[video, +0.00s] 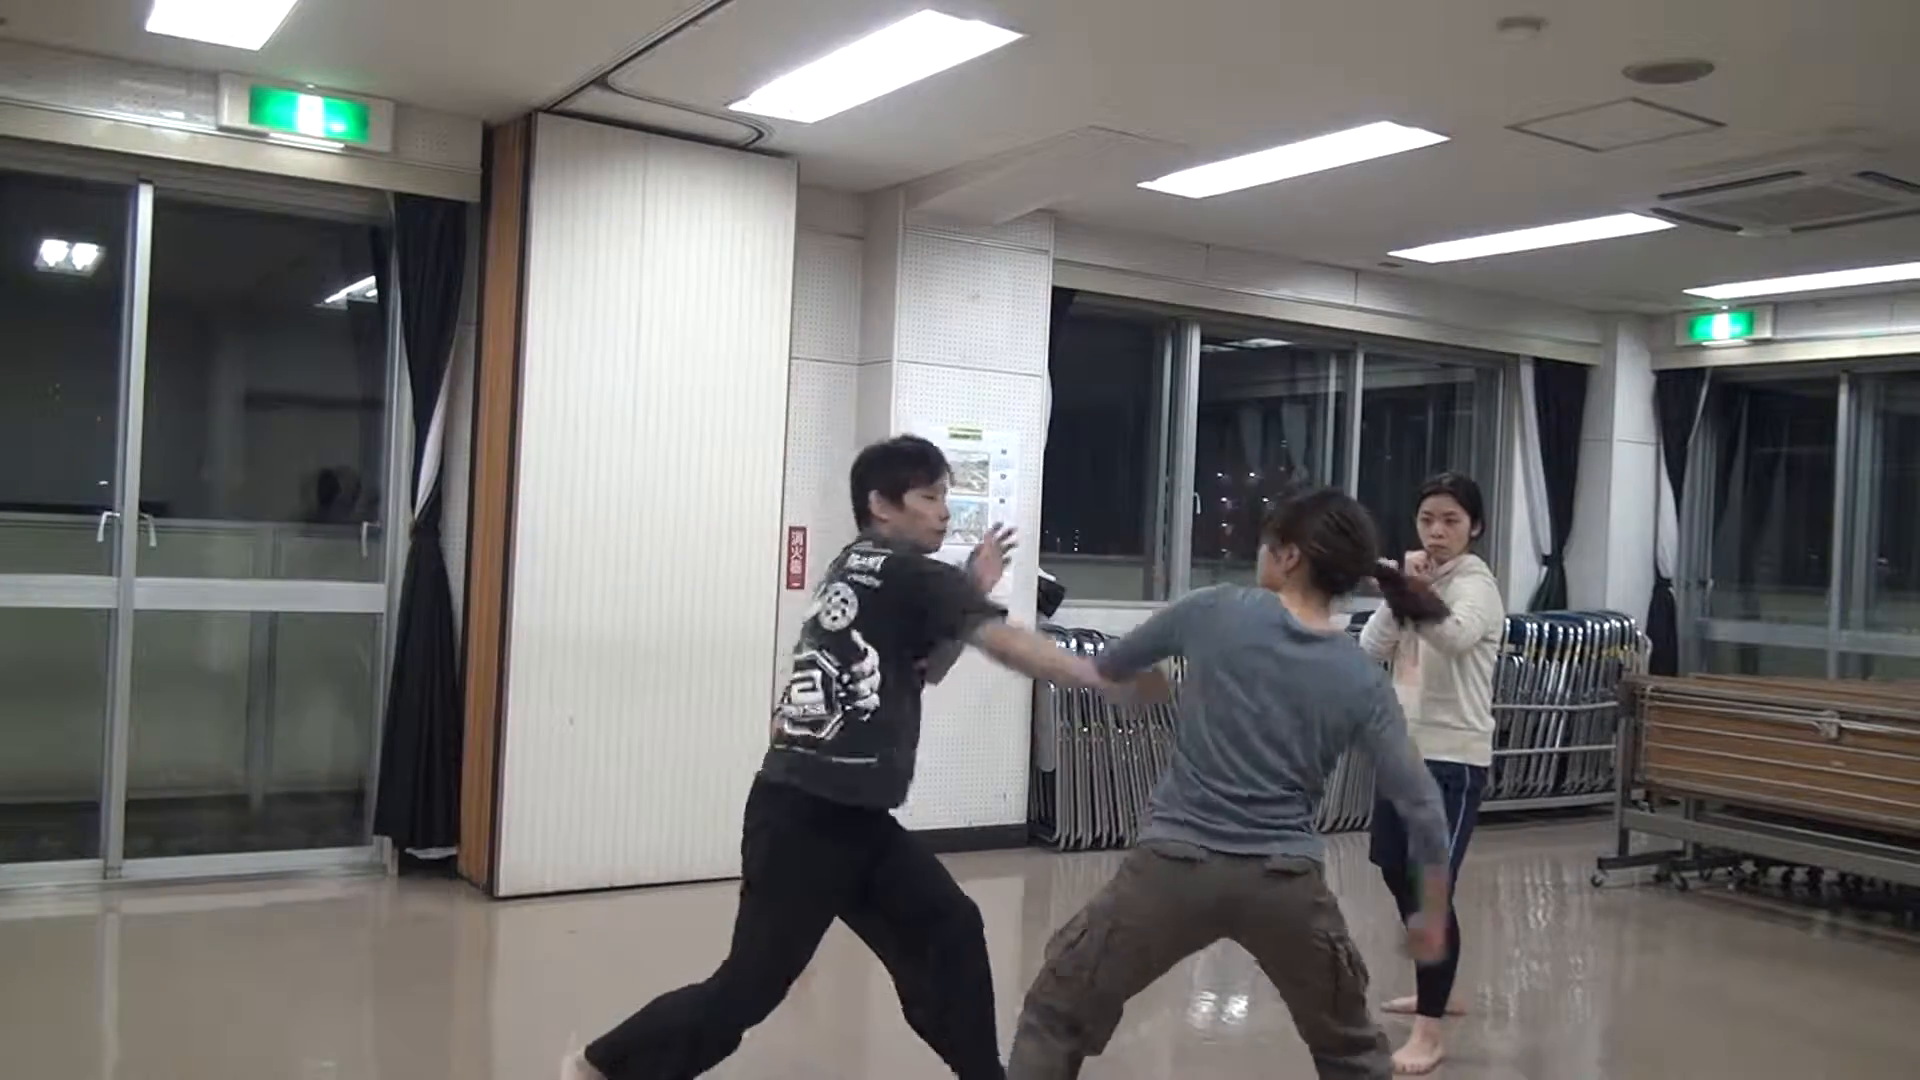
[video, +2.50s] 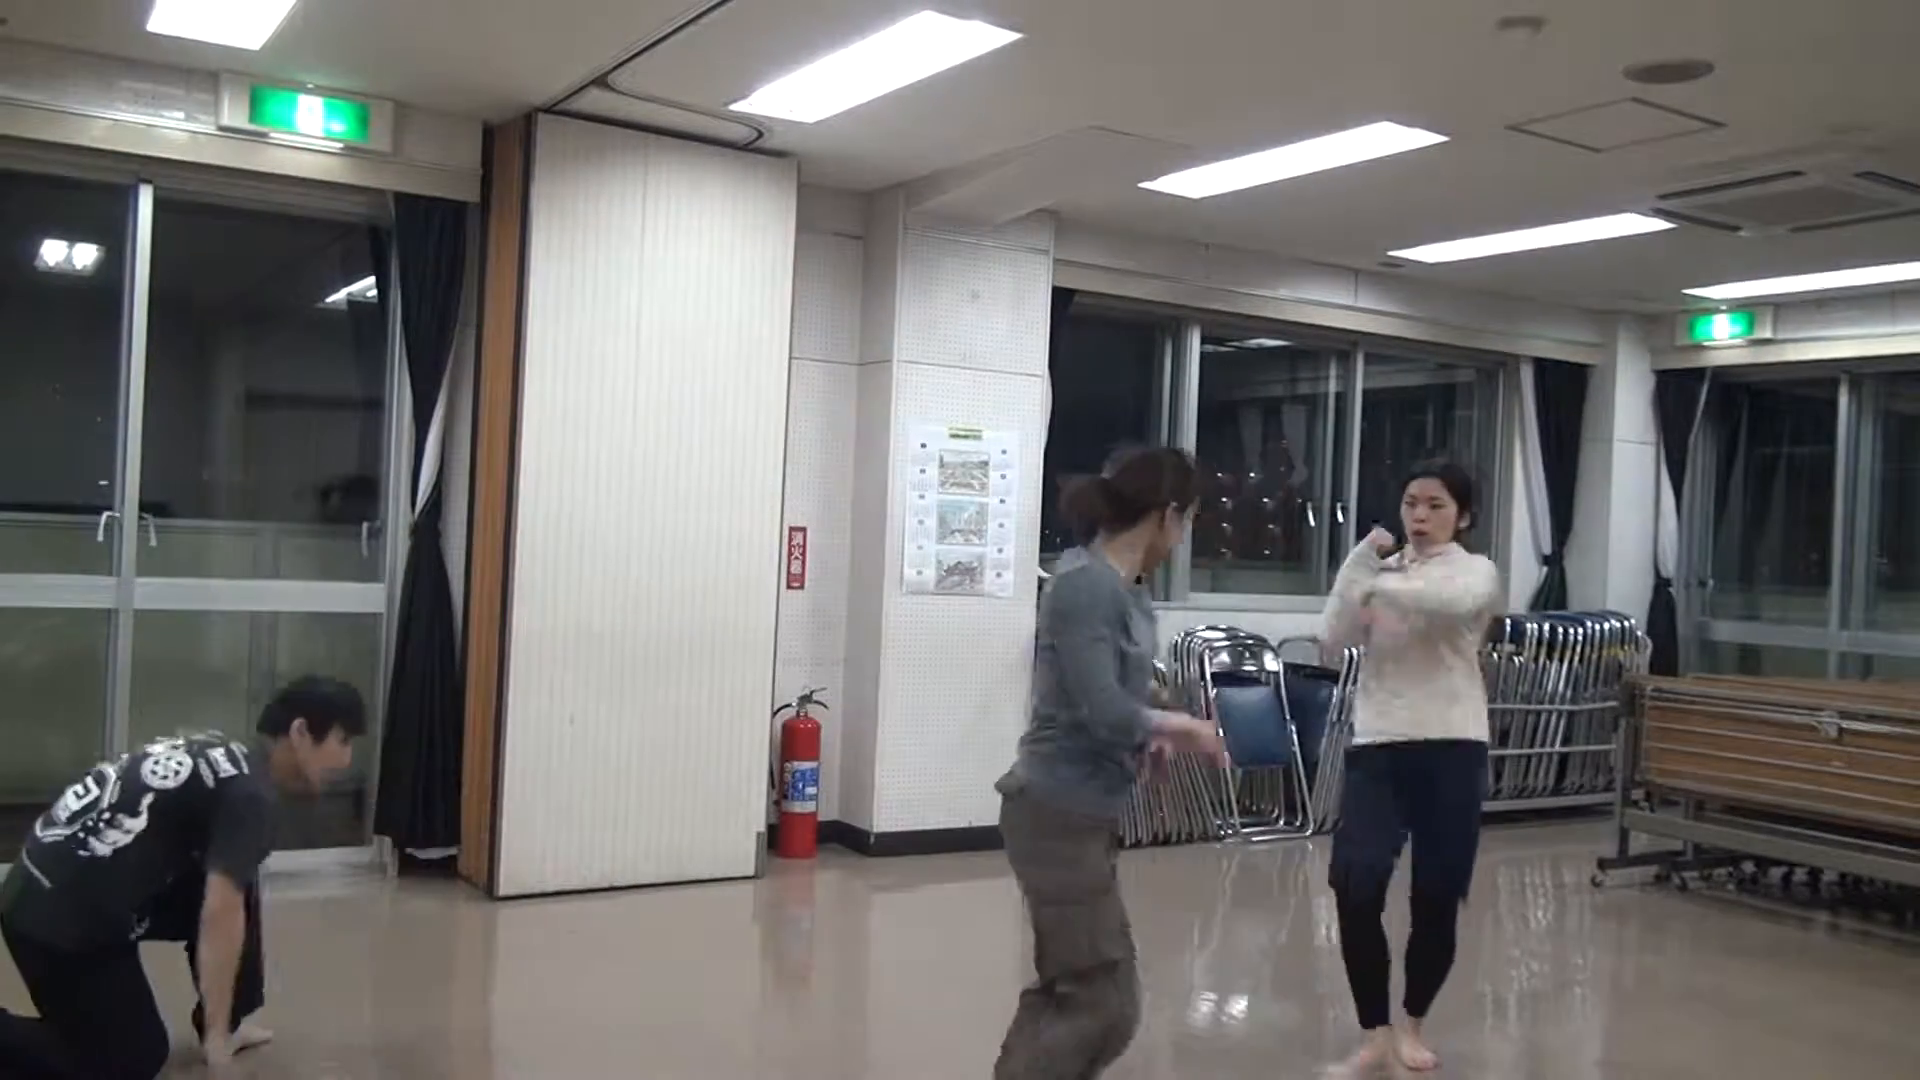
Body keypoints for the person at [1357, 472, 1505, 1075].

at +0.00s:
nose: (1437, 529)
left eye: (1450, 520)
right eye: (1428, 518)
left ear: (1473, 528)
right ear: (1417, 523)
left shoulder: (1477, 581)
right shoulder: (1413, 576)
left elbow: (1457, 637)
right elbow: (1372, 647)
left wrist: (1413, 591)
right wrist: (1406, 590)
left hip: (1455, 754)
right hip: (1405, 748)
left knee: (1433, 885)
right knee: (1389, 857)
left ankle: (1428, 1028)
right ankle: (1436, 981)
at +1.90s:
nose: (1438, 523)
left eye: (1451, 514)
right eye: (1431, 512)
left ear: (1477, 525)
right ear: (1418, 519)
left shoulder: (1496, 590)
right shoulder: (1391, 584)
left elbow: (1488, 630)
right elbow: (1352, 632)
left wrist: (1451, 565)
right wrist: (1326, 610)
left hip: (1461, 758)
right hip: (1391, 750)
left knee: (1434, 891)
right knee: (1375, 886)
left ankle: (1410, 1022)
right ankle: (1426, 958)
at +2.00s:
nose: (1445, 523)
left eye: (1457, 512)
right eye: (1435, 513)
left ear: (1483, 520)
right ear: (1425, 521)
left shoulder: (1508, 592)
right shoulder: (1397, 582)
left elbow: (1498, 651)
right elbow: (1353, 669)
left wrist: (1470, 577)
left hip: (1459, 750)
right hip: (1385, 735)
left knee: (1438, 895)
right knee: (1348, 853)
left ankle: (1410, 1024)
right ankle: (1355, 927)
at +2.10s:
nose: (1444, 522)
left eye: (1457, 511)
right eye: (1435, 512)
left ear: (1483, 517)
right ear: (1424, 519)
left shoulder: (1507, 592)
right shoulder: (1392, 577)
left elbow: (1499, 652)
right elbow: (1358, 649)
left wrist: (1468, 579)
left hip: (1451, 745)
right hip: (1392, 718)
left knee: (1436, 895)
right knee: (1365, 719)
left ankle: (1409, 1022)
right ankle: (1302, 842)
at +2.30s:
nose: (1444, 521)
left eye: (1457, 510)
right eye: (1436, 510)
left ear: (1485, 516)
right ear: (1424, 517)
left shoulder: (1503, 591)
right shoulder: (1396, 571)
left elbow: (1520, 654)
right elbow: (1346, 652)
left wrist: (1477, 584)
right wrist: (1305, 726)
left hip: (1442, 748)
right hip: (1383, 717)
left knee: (1428, 898)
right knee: (1367, 695)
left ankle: (1407, 1022)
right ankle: (1294, 779)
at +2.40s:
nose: (1439, 515)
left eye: (1452, 504)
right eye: (1431, 505)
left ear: (1481, 513)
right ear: (1420, 513)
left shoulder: (1499, 584)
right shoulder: (1391, 567)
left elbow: (1523, 631)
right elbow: (1343, 623)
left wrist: (1472, 573)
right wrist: (1322, 641)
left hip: (1443, 745)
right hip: (1372, 723)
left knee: (1436, 902)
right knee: (1351, 810)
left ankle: (1408, 1023)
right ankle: (1324, 952)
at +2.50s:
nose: (1419, 514)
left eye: (1434, 504)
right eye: (1412, 503)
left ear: (1462, 514)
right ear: (1401, 510)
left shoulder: (1479, 570)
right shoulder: (1380, 569)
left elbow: (1450, 600)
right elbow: (1332, 635)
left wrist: (1375, 586)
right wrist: (1362, 558)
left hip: (1451, 748)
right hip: (1376, 747)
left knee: (1436, 899)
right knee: (1353, 888)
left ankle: (1410, 1026)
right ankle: (1376, 1036)